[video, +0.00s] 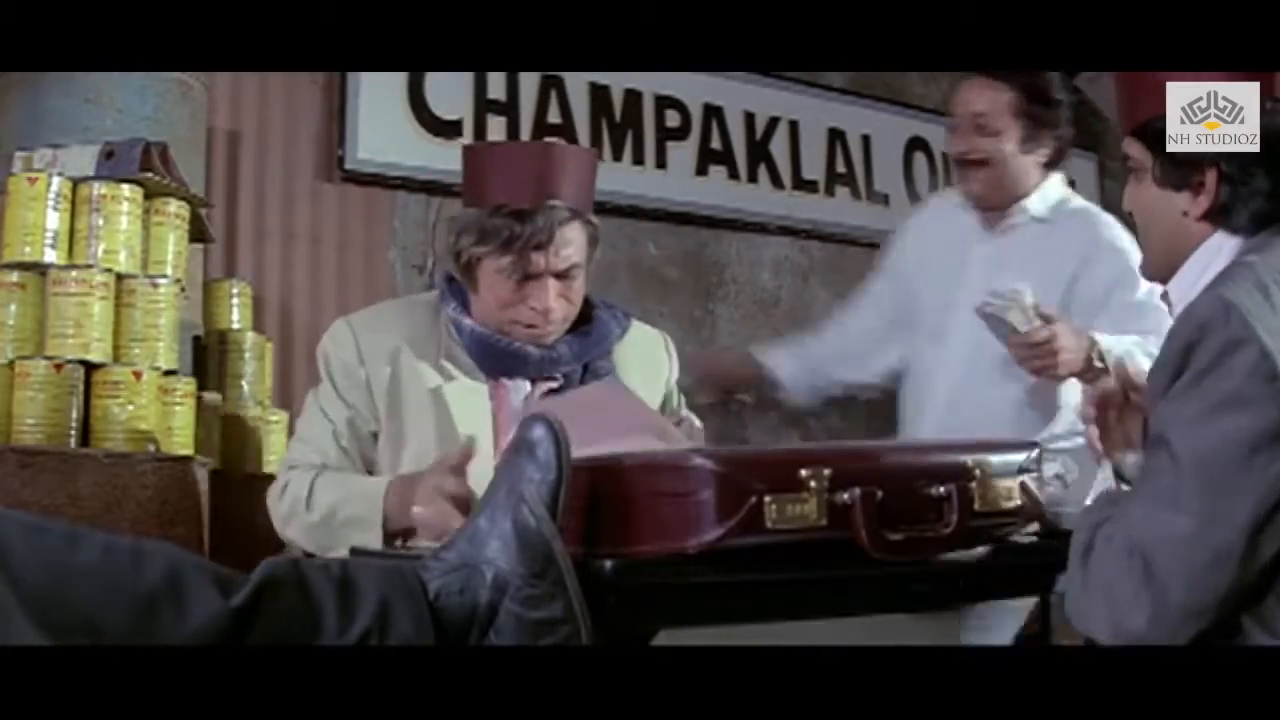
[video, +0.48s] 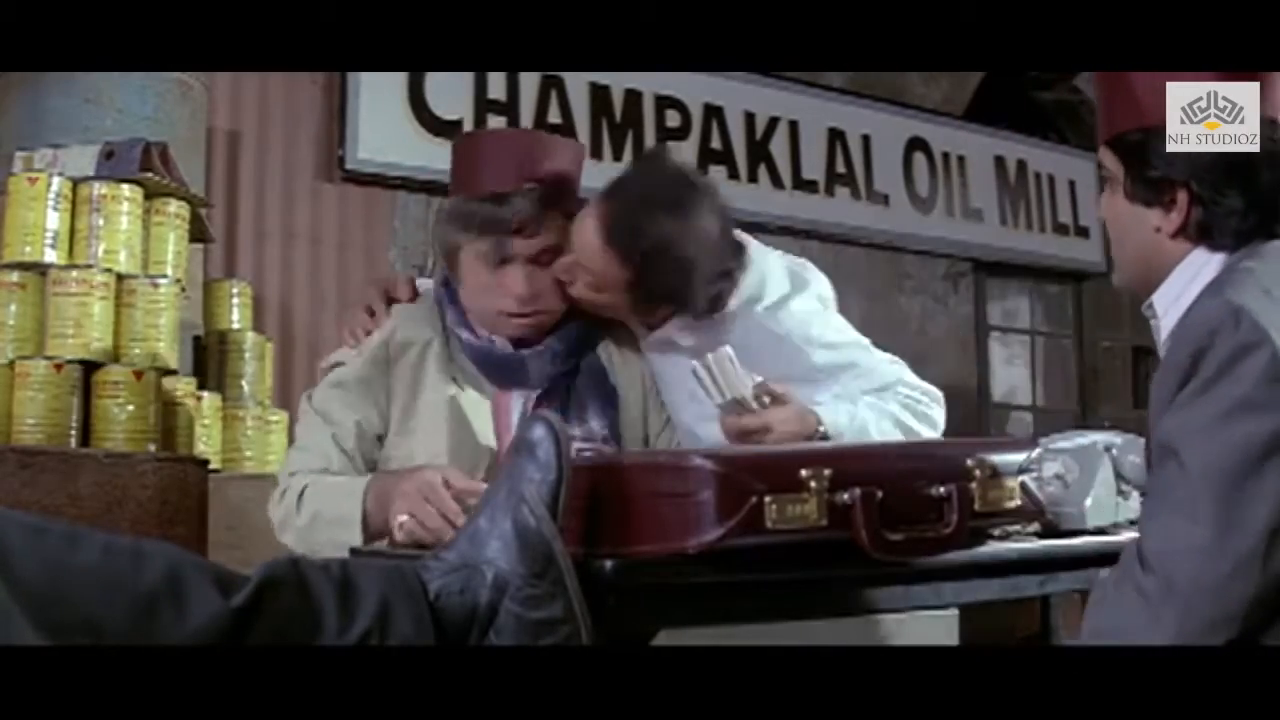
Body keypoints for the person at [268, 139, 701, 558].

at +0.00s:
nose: (545, 300)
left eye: (566, 274)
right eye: (520, 275)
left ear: (588, 267)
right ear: (465, 264)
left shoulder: (644, 354)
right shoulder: (368, 351)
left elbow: (696, 460)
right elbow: (296, 496)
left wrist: (673, 450)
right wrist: (400, 502)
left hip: (601, 618)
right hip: (429, 626)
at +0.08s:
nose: (547, 301)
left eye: (567, 276)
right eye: (522, 276)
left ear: (590, 269)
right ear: (467, 263)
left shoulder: (645, 358)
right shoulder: (370, 351)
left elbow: (692, 462)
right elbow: (295, 496)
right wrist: (377, 500)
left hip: (600, 620)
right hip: (431, 628)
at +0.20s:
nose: (547, 297)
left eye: (567, 272)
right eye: (522, 271)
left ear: (589, 266)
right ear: (467, 260)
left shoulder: (642, 360)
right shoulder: (370, 350)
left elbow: (691, 476)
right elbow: (290, 497)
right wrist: (366, 486)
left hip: (592, 617)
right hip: (423, 623)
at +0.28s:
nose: (545, 295)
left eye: (564, 269)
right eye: (519, 269)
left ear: (587, 268)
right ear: (464, 262)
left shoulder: (635, 363)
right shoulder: (368, 349)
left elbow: (698, 483)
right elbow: (292, 497)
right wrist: (372, 487)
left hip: (586, 619)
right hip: (416, 623)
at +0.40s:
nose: (541, 293)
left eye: (561, 266)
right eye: (515, 266)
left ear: (586, 263)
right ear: (463, 260)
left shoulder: (637, 362)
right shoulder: (376, 352)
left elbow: (682, 495)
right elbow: (297, 500)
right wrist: (379, 495)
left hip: (587, 620)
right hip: (419, 625)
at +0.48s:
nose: (524, 289)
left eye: (545, 259)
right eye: (497, 261)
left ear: (576, 257)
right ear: (450, 262)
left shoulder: (620, 364)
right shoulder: (389, 357)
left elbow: (675, 490)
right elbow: (296, 502)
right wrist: (383, 499)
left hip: (579, 615)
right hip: (423, 623)